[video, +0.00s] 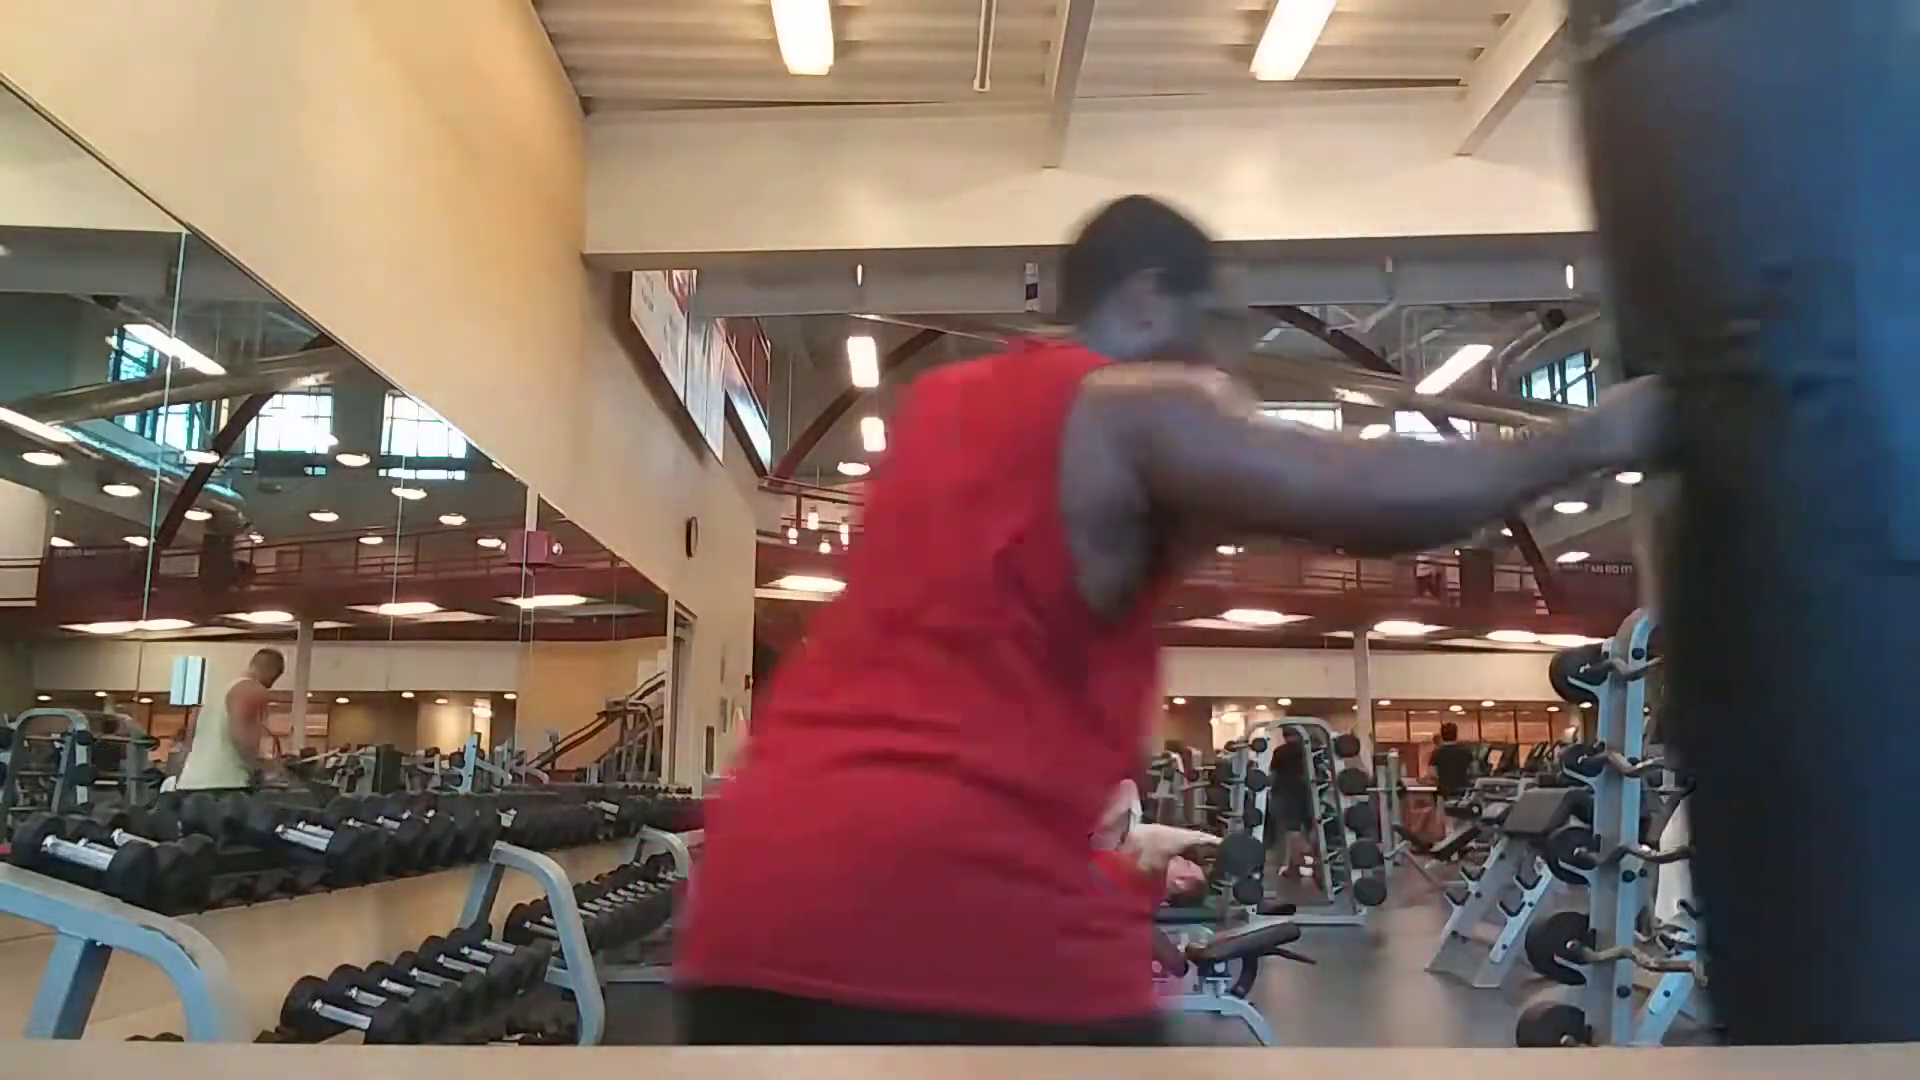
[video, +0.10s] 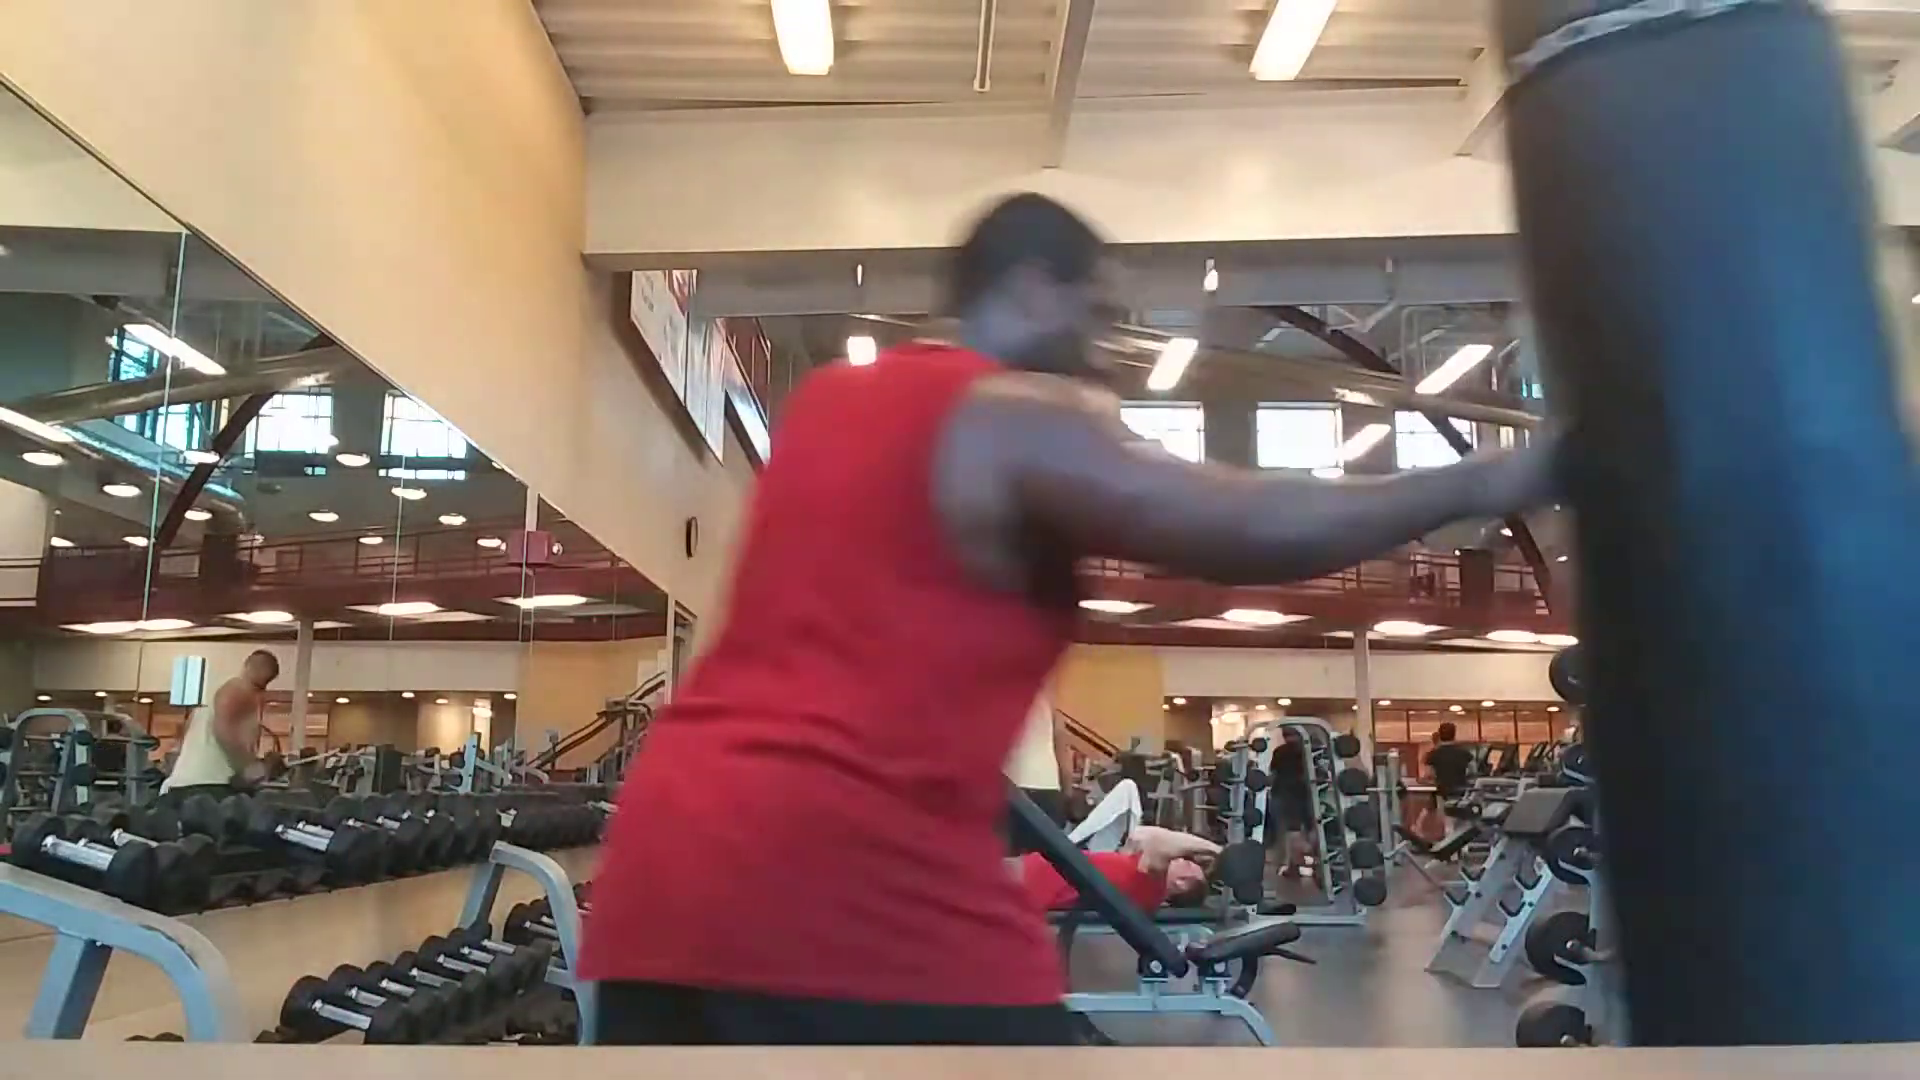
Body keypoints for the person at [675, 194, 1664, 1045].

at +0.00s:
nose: (1206, 354)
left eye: (1207, 336)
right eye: (1205, 327)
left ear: (1063, 295)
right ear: (1158, 302)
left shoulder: (924, 403)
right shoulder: (1123, 407)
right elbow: (1385, 501)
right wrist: (1597, 437)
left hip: (750, 914)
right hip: (962, 919)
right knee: (1226, 1043)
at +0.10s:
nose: (1104, 344)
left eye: (1105, 319)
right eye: (1095, 311)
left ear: (964, 290)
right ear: (1034, 286)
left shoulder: (811, 407)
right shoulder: (1011, 418)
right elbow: (1269, 531)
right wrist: (1511, 476)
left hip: (659, 872)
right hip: (852, 886)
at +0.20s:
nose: (1019, 326)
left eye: (1024, 303)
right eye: (1014, 297)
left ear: (871, 274)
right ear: (943, 271)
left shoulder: (732, 393)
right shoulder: (933, 399)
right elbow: (1162, 535)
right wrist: (1394, 530)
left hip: (603, 888)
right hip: (806, 881)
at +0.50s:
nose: (970, 348)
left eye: (975, 322)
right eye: (967, 315)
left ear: (830, 283)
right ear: (900, 287)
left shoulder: (652, 401)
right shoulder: (877, 424)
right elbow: (1135, 546)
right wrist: (1291, 488)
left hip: (538, 895)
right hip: (751, 894)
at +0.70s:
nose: (966, 397)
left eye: (970, 367)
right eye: (961, 360)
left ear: (874, 340)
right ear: (890, 338)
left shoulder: (684, 442)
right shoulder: (832, 466)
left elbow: (873, 622)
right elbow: (1051, 606)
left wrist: (1031, 558)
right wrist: (1166, 549)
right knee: (926, 1059)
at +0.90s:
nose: (879, 380)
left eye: (888, 348)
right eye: (879, 340)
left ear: (732, 314)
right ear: (818, 313)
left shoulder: (604, 429)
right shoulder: (803, 454)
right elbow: (983, 661)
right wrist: (1160, 648)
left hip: (555, 897)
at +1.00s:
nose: (851, 351)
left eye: (856, 325)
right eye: (853, 320)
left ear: (706, 293)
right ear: (805, 294)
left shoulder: (566, 410)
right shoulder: (820, 437)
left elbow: (706, 536)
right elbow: (1001, 630)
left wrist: (906, 515)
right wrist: (1200, 645)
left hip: (547, 900)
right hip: (758, 886)